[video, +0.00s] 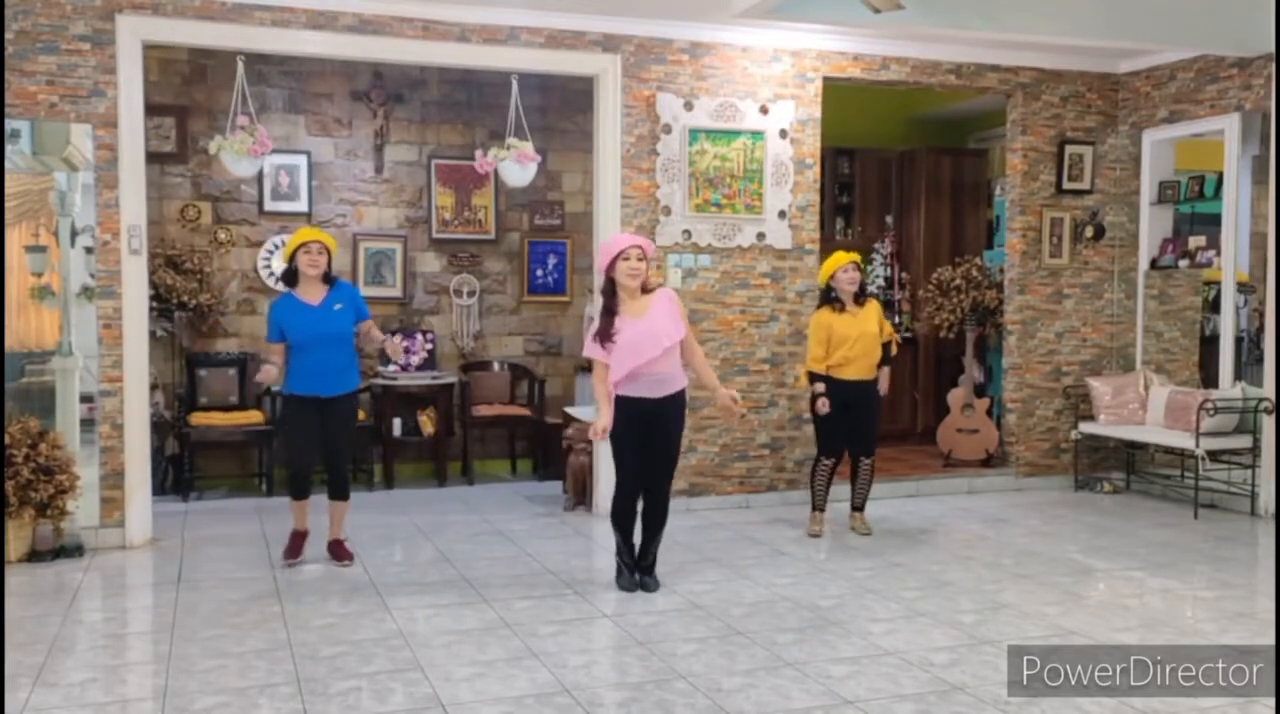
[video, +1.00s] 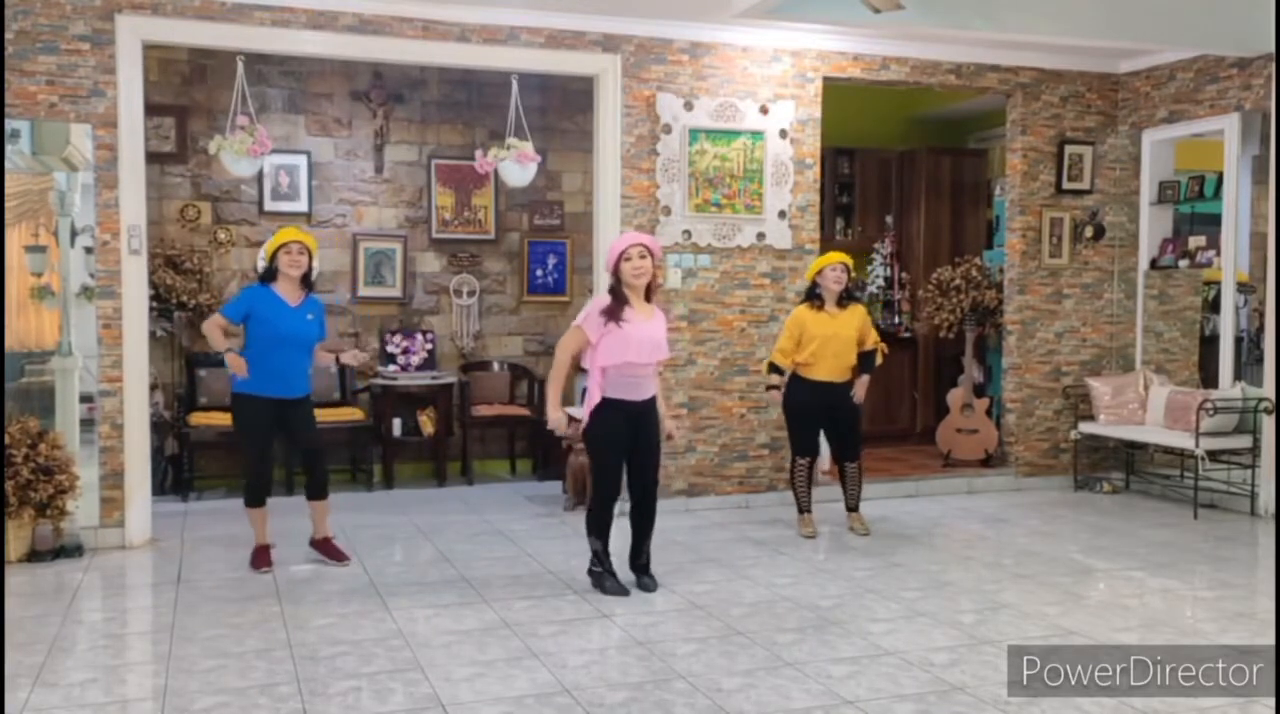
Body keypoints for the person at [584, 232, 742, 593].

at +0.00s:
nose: (635, 266)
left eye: (640, 259)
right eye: (626, 259)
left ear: (648, 267)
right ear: (611, 268)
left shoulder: (667, 299)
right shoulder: (607, 313)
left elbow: (692, 350)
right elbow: (600, 371)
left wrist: (719, 389)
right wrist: (604, 414)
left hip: (669, 403)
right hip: (627, 405)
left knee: (659, 488)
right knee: (628, 485)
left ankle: (647, 563)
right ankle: (625, 558)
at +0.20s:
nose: (639, 270)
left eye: (645, 264)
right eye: (631, 264)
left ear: (652, 272)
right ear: (615, 272)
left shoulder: (665, 309)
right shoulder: (604, 321)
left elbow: (683, 360)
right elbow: (599, 379)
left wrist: (711, 398)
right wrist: (620, 412)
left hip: (673, 407)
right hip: (633, 412)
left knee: (664, 491)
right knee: (648, 487)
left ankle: (647, 565)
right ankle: (629, 554)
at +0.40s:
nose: (639, 270)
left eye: (646, 264)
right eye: (631, 264)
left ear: (655, 274)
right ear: (618, 272)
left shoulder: (664, 314)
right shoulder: (605, 319)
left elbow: (675, 367)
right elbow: (595, 378)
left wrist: (698, 402)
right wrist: (626, 416)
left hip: (671, 408)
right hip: (633, 411)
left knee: (663, 490)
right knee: (657, 487)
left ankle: (647, 564)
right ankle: (627, 551)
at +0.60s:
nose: (640, 267)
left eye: (647, 261)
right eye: (632, 261)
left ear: (656, 270)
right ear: (620, 271)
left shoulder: (662, 313)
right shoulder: (610, 313)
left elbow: (662, 368)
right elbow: (588, 367)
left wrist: (684, 403)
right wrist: (608, 417)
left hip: (663, 408)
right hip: (627, 408)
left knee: (658, 490)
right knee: (647, 488)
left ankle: (646, 566)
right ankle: (612, 557)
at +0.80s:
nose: (640, 265)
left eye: (647, 258)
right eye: (632, 259)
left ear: (656, 267)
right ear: (619, 269)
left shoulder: (658, 314)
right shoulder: (609, 311)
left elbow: (654, 370)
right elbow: (578, 359)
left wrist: (672, 409)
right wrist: (584, 415)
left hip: (654, 411)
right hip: (617, 410)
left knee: (652, 492)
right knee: (623, 490)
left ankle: (645, 565)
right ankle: (602, 563)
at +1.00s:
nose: (637, 265)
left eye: (643, 258)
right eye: (628, 259)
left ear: (653, 267)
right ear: (616, 268)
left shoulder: (657, 315)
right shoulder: (602, 308)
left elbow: (655, 372)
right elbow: (564, 350)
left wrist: (664, 416)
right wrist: (554, 406)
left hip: (646, 410)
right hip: (606, 411)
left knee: (646, 491)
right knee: (605, 491)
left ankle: (641, 563)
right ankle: (599, 565)